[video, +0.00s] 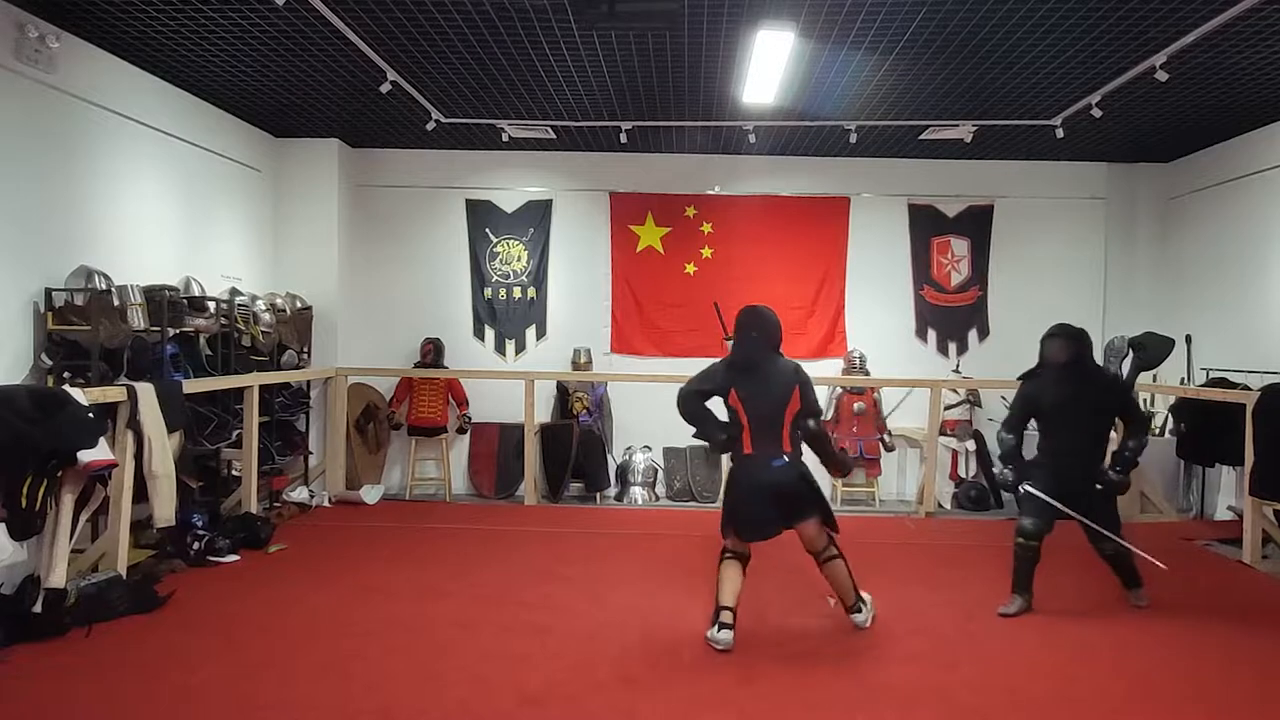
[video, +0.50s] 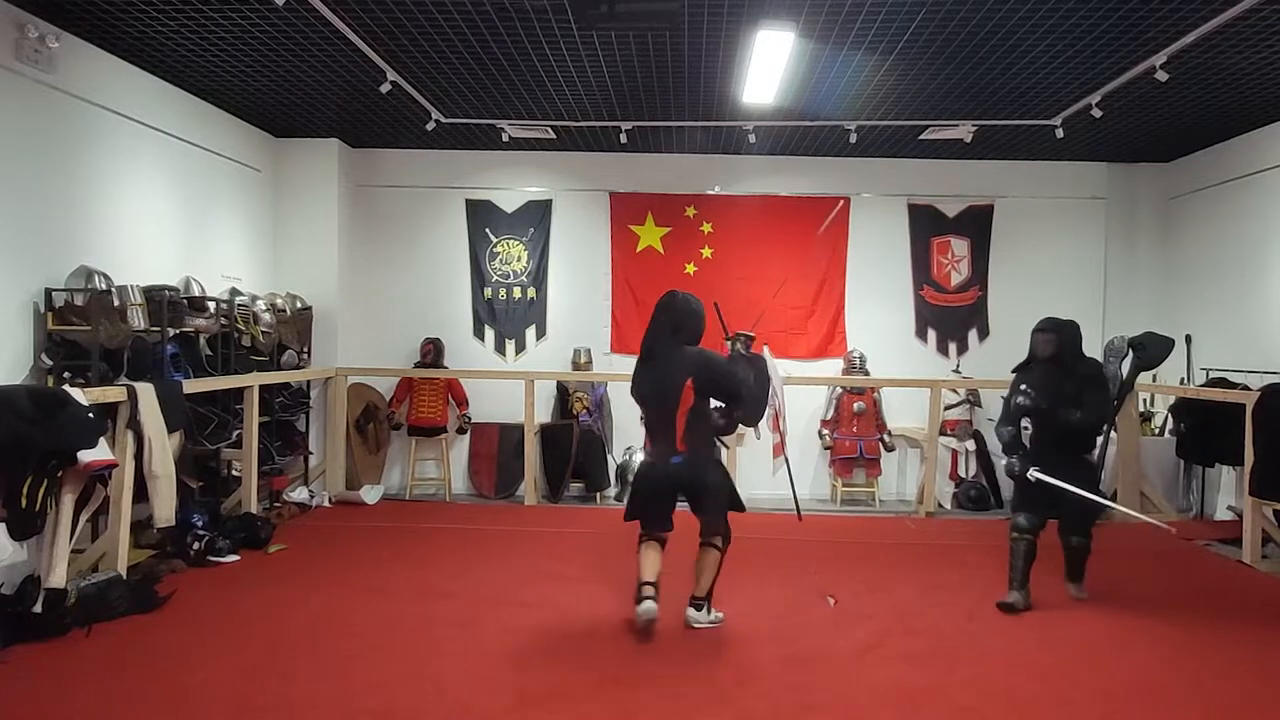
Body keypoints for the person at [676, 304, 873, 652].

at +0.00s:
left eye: (737, 334)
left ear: (739, 335)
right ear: (775, 335)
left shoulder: (726, 369)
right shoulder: (794, 372)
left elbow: (687, 399)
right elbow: (811, 424)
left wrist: (719, 435)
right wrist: (834, 460)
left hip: (745, 478)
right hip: (790, 476)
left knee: (734, 549)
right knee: (821, 545)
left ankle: (724, 626)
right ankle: (857, 609)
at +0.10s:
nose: (762, 331)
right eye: (759, 324)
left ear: (718, 329)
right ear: (756, 327)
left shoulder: (703, 366)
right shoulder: (773, 367)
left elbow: (663, 397)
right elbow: (792, 420)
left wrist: (694, 430)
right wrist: (821, 451)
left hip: (724, 474)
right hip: (769, 471)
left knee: (725, 548)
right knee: (798, 537)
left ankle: (723, 626)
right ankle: (824, 606)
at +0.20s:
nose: (748, 323)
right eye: (744, 316)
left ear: (703, 322)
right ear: (741, 320)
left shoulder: (687, 361)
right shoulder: (755, 361)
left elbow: (647, 396)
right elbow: (778, 414)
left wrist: (679, 431)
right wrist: (813, 428)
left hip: (707, 467)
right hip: (752, 464)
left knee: (716, 540)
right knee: (772, 529)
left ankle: (722, 623)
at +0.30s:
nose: (736, 317)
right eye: (732, 311)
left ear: (690, 318)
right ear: (729, 317)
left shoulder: (674, 359)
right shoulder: (743, 360)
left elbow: (641, 399)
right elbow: (765, 411)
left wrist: (674, 424)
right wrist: (793, 395)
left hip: (690, 465)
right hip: (735, 464)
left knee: (703, 535)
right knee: (744, 532)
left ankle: (717, 611)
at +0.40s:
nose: (720, 324)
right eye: (718, 317)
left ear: (675, 321)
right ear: (714, 322)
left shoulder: (660, 364)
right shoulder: (724, 362)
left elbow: (647, 414)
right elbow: (754, 408)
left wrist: (680, 414)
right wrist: (761, 369)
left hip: (674, 466)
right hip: (717, 465)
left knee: (677, 534)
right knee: (722, 532)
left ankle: (689, 602)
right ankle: (699, 605)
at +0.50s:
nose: (701, 329)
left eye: (699, 323)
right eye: (699, 323)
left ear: (659, 322)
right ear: (693, 325)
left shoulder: (645, 366)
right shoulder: (702, 362)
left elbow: (646, 402)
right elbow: (741, 390)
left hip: (655, 464)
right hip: (699, 463)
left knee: (653, 530)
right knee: (716, 529)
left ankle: (647, 594)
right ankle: (699, 606)